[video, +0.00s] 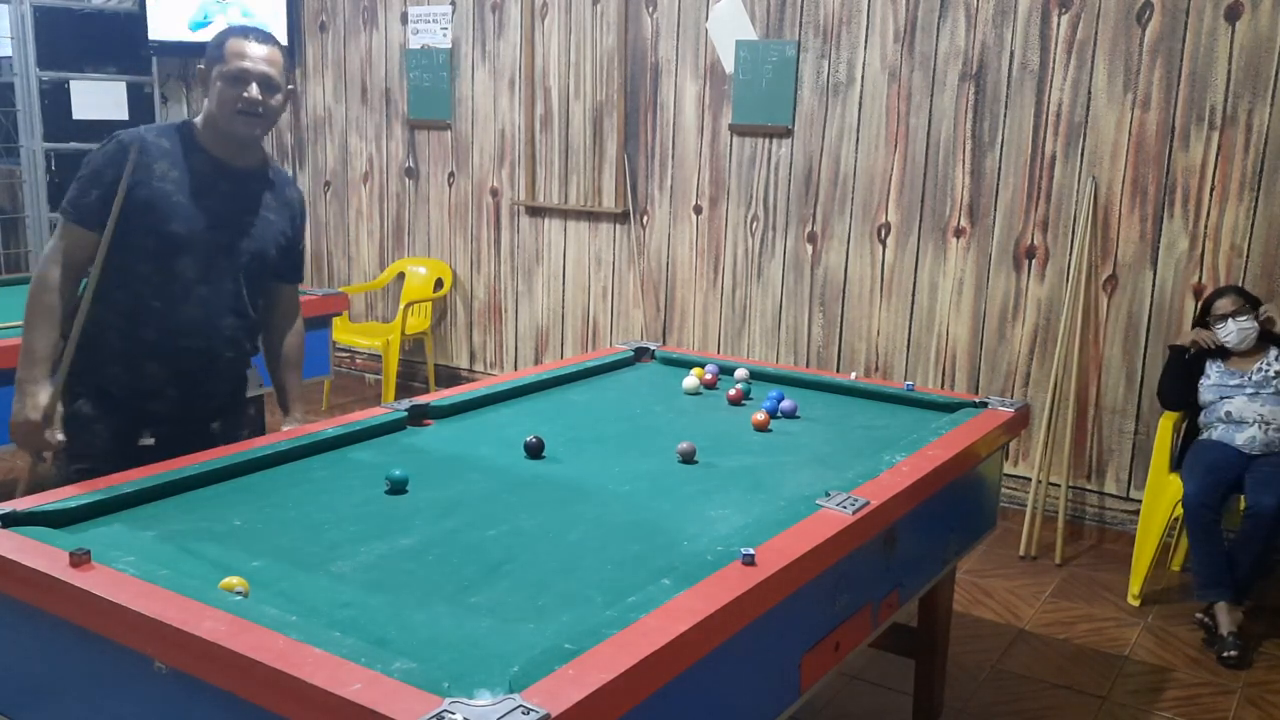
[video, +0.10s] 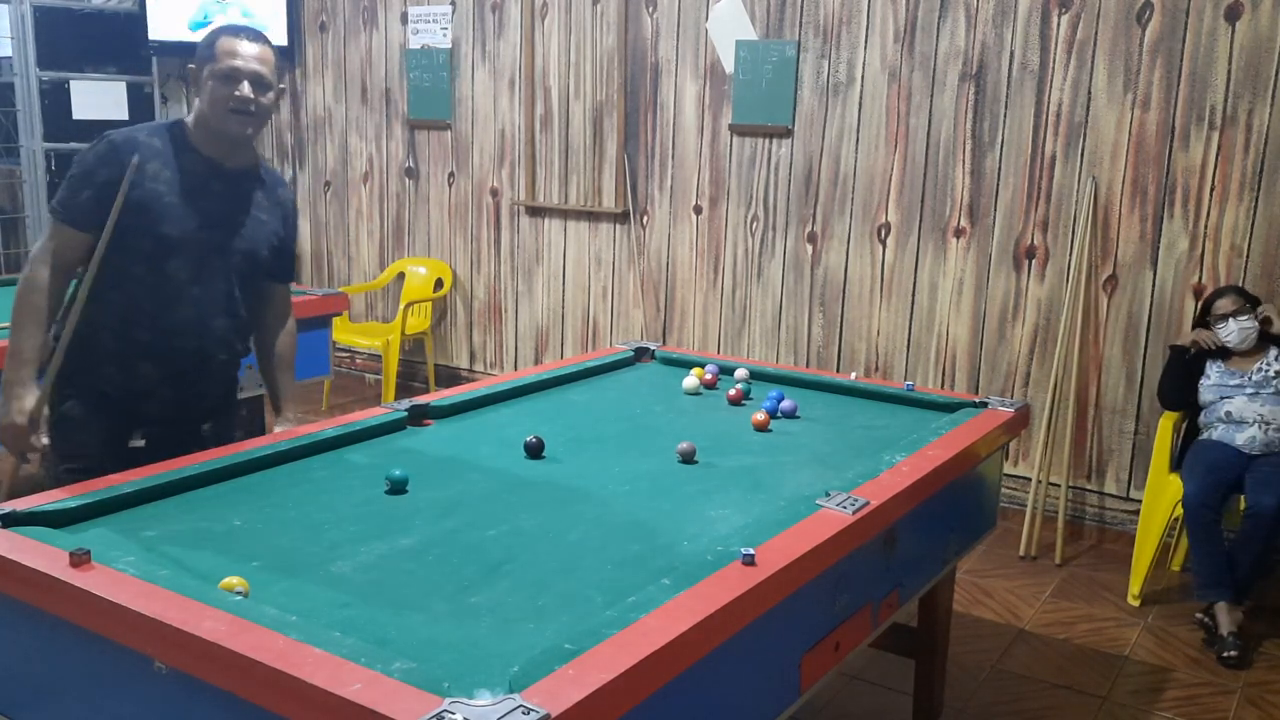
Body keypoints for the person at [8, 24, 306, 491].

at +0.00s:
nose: (253, 94)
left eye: (268, 86)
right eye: (237, 80)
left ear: (284, 103)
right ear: (204, 84)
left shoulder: (284, 198)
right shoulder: (131, 156)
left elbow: (283, 316)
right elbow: (61, 265)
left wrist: (296, 414)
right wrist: (33, 382)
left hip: (215, 414)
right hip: (108, 410)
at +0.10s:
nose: (245, 94)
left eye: (260, 84)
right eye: (228, 78)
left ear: (276, 100)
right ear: (194, 82)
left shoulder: (275, 197)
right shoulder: (123, 155)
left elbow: (275, 317)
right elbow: (50, 264)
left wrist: (287, 415)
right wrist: (19, 383)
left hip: (203, 413)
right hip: (97, 408)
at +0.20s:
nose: (233, 93)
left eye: (247, 82)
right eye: (216, 77)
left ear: (262, 97)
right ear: (176, 82)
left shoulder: (263, 197)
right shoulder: (109, 157)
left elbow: (263, 316)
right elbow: (32, 269)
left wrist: (273, 410)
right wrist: (9, 387)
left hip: (191, 417)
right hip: (83, 411)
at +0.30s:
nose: (212, 92)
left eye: (226, 81)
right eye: (194, 76)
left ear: (241, 94)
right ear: (154, 77)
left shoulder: (244, 195)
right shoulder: (80, 160)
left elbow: (250, 317)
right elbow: (14, 277)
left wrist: (261, 415)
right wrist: (3, 392)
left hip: (178, 425)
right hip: (65, 418)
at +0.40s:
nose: (182, 90)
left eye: (195, 78)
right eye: (164, 74)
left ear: (212, 91)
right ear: (125, 78)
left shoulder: (216, 191)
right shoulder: (51, 162)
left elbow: (231, 317)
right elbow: (5, 271)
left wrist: (247, 417)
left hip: (152, 416)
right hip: (40, 407)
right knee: (26, 552)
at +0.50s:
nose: (143, 89)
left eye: (157, 76)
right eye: (123, 74)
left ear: (174, 88)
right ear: (82, 78)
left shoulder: (184, 191)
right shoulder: (17, 169)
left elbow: (206, 314)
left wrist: (228, 419)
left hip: (142, 434)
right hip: (28, 436)